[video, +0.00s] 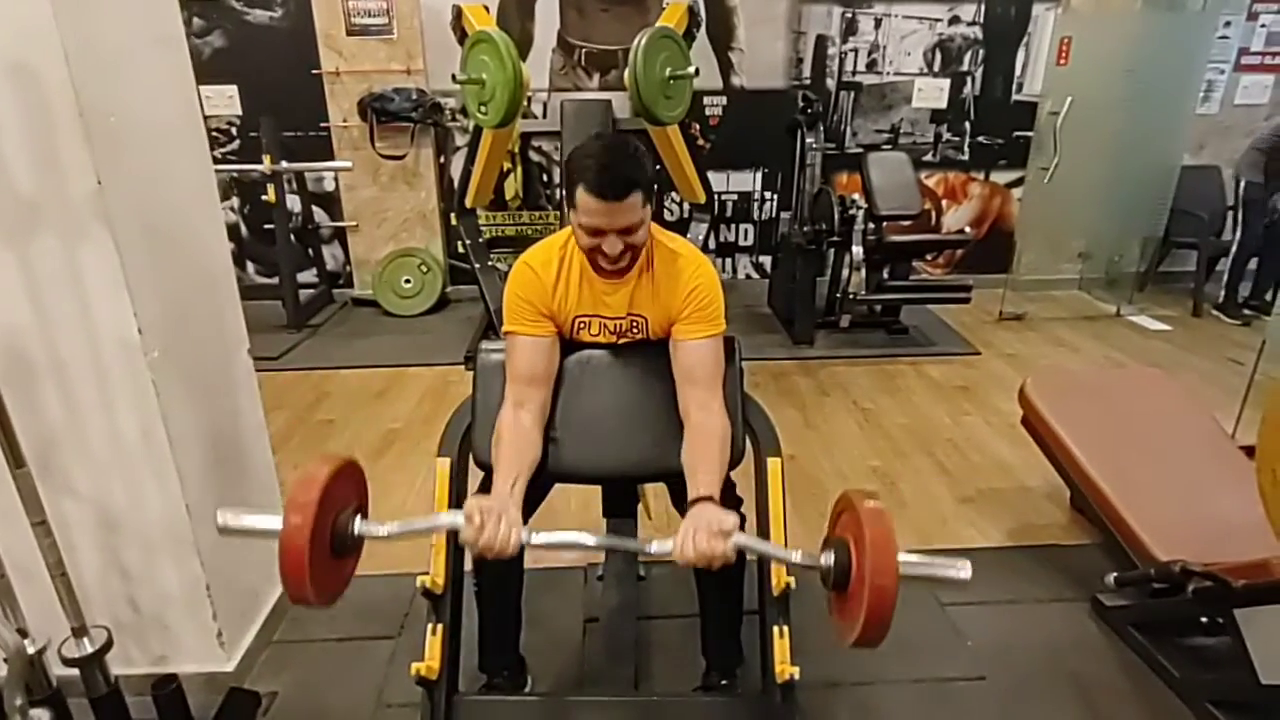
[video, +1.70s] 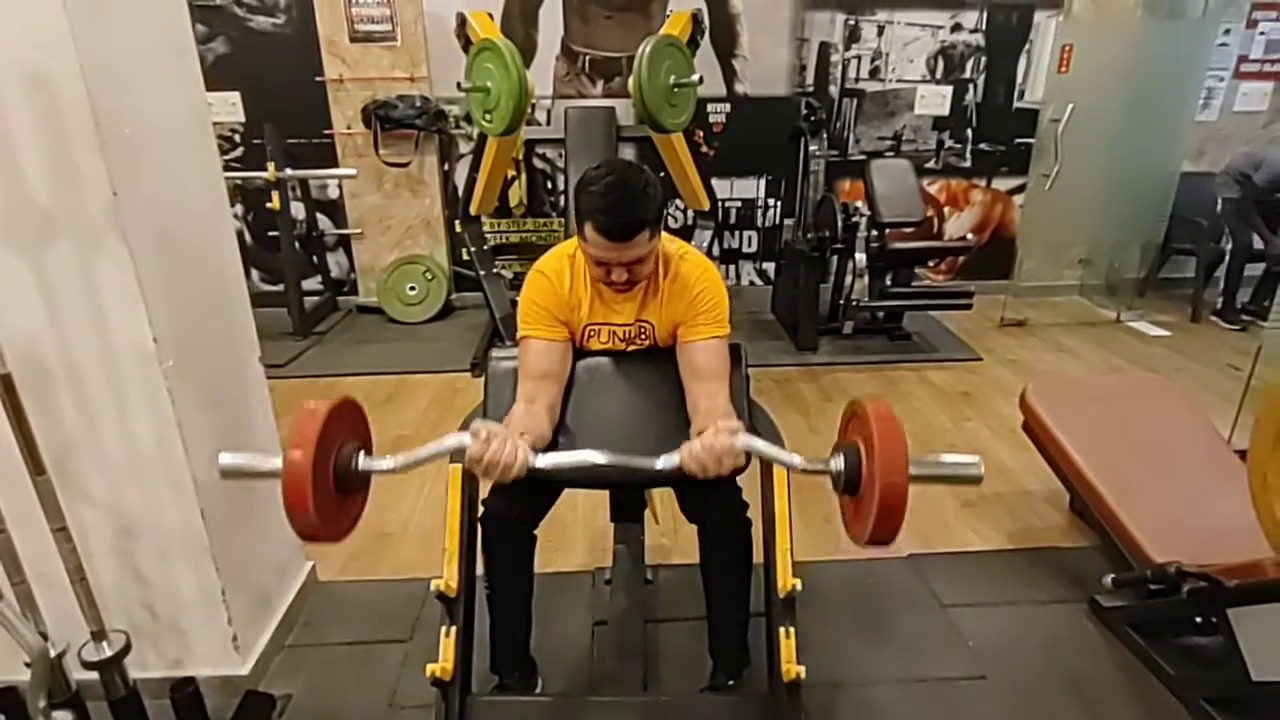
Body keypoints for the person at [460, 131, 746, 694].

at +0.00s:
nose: (612, 248)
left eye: (628, 231)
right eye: (593, 233)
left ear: (649, 209)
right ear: (570, 211)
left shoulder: (689, 273)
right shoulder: (536, 272)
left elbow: (703, 404)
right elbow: (523, 403)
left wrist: (705, 501)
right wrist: (503, 495)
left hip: (663, 416)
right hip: (563, 417)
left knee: (721, 518)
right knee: (492, 518)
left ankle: (723, 673)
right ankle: (501, 675)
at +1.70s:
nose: (619, 276)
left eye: (635, 261)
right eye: (603, 262)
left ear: (658, 233)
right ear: (580, 235)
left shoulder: (696, 279)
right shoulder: (550, 278)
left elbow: (712, 398)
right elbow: (535, 398)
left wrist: (715, 441)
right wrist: (512, 441)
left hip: (666, 414)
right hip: (576, 412)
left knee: (723, 507)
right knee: (504, 514)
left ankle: (729, 674)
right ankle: (513, 677)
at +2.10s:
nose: (613, 280)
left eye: (629, 267)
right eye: (597, 267)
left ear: (654, 237)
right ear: (577, 238)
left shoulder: (696, 281)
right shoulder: (550, 283)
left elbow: (709, 429)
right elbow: (538, 434)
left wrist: (712, 385)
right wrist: (516, 382)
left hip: (669, 425)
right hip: (575, 425)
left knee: (725, 517)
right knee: (504, 517)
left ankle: (731, 676)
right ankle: (515, 679)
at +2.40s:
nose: (615, 261)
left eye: (630, 243)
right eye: (597, 245)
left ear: (655, 224)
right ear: (577, 231)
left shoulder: (690, 277)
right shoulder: (555, 281)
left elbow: (708, 427)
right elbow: (540, 431)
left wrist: (706, 322)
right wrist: (525, 321)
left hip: (668, 418)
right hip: (576, 418)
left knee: (724, 515)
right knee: (505, 519)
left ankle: (730, 680)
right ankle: (515, 680)